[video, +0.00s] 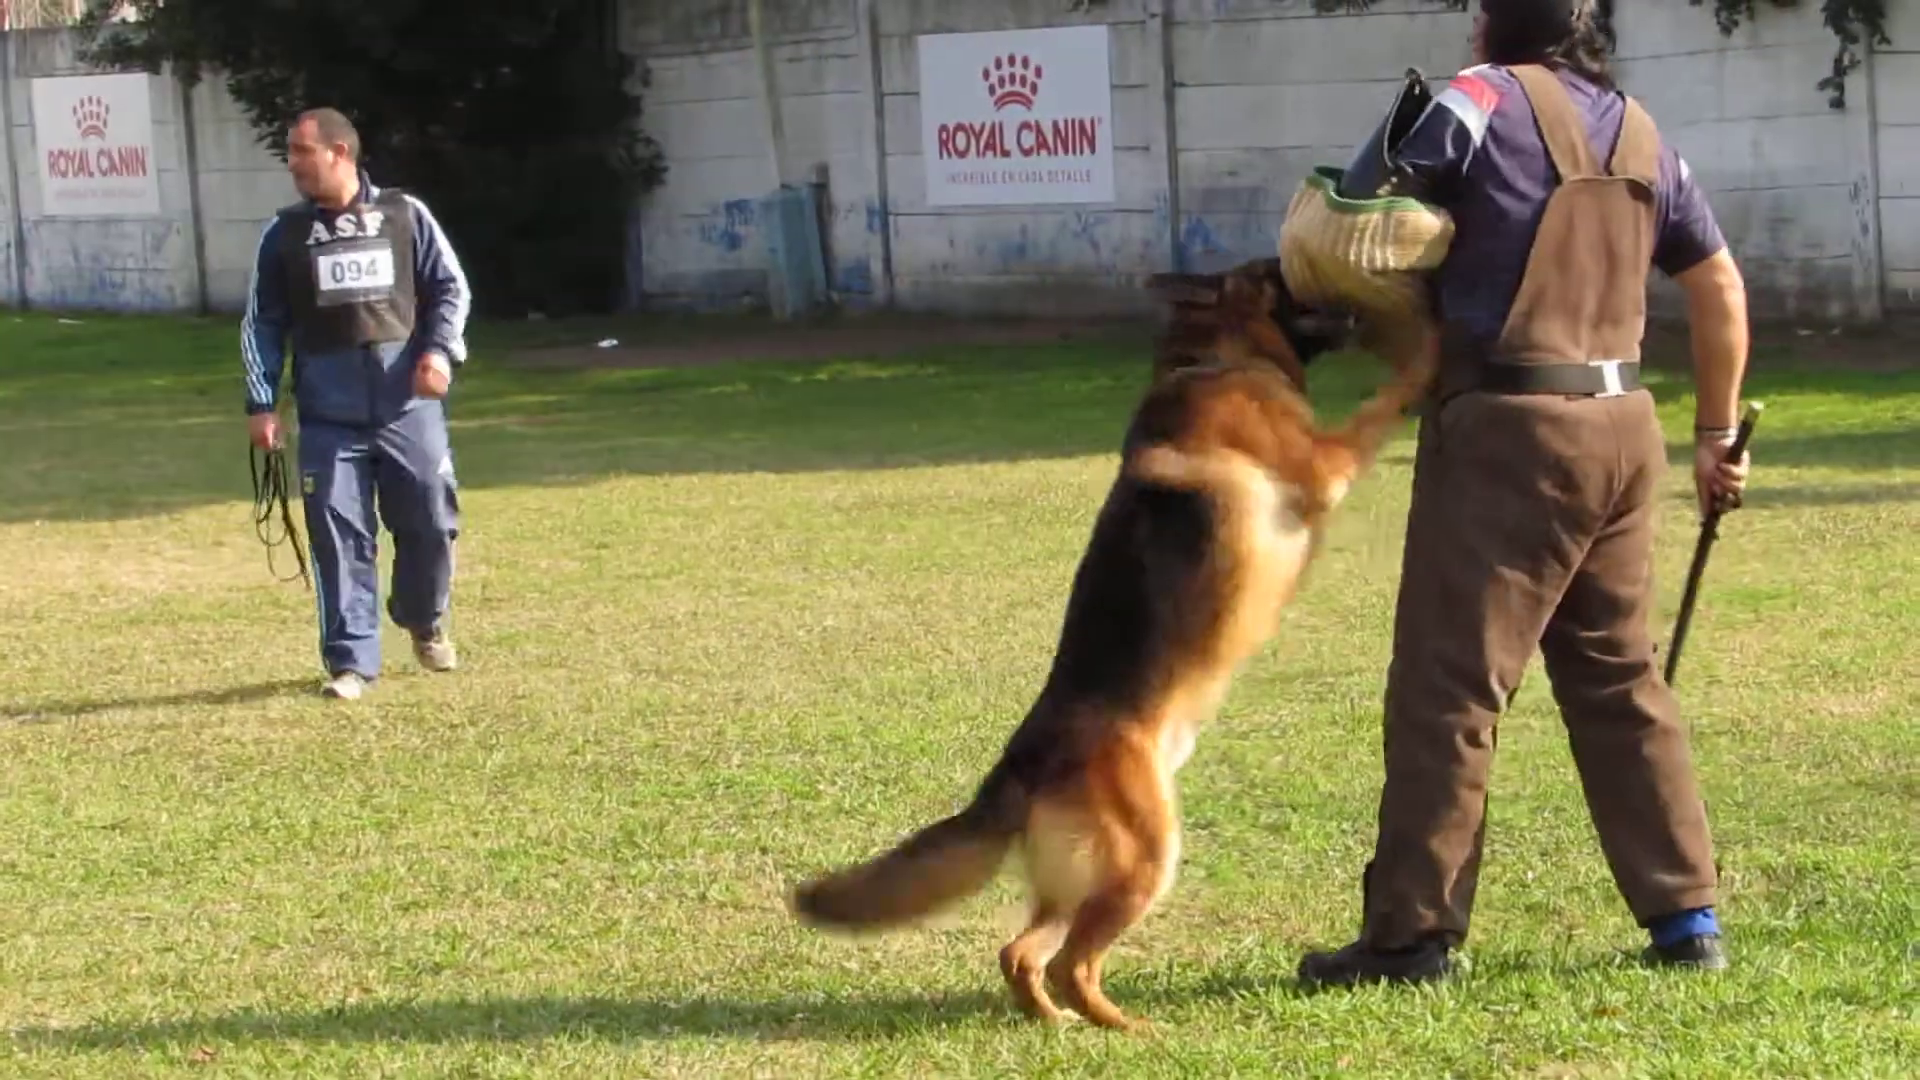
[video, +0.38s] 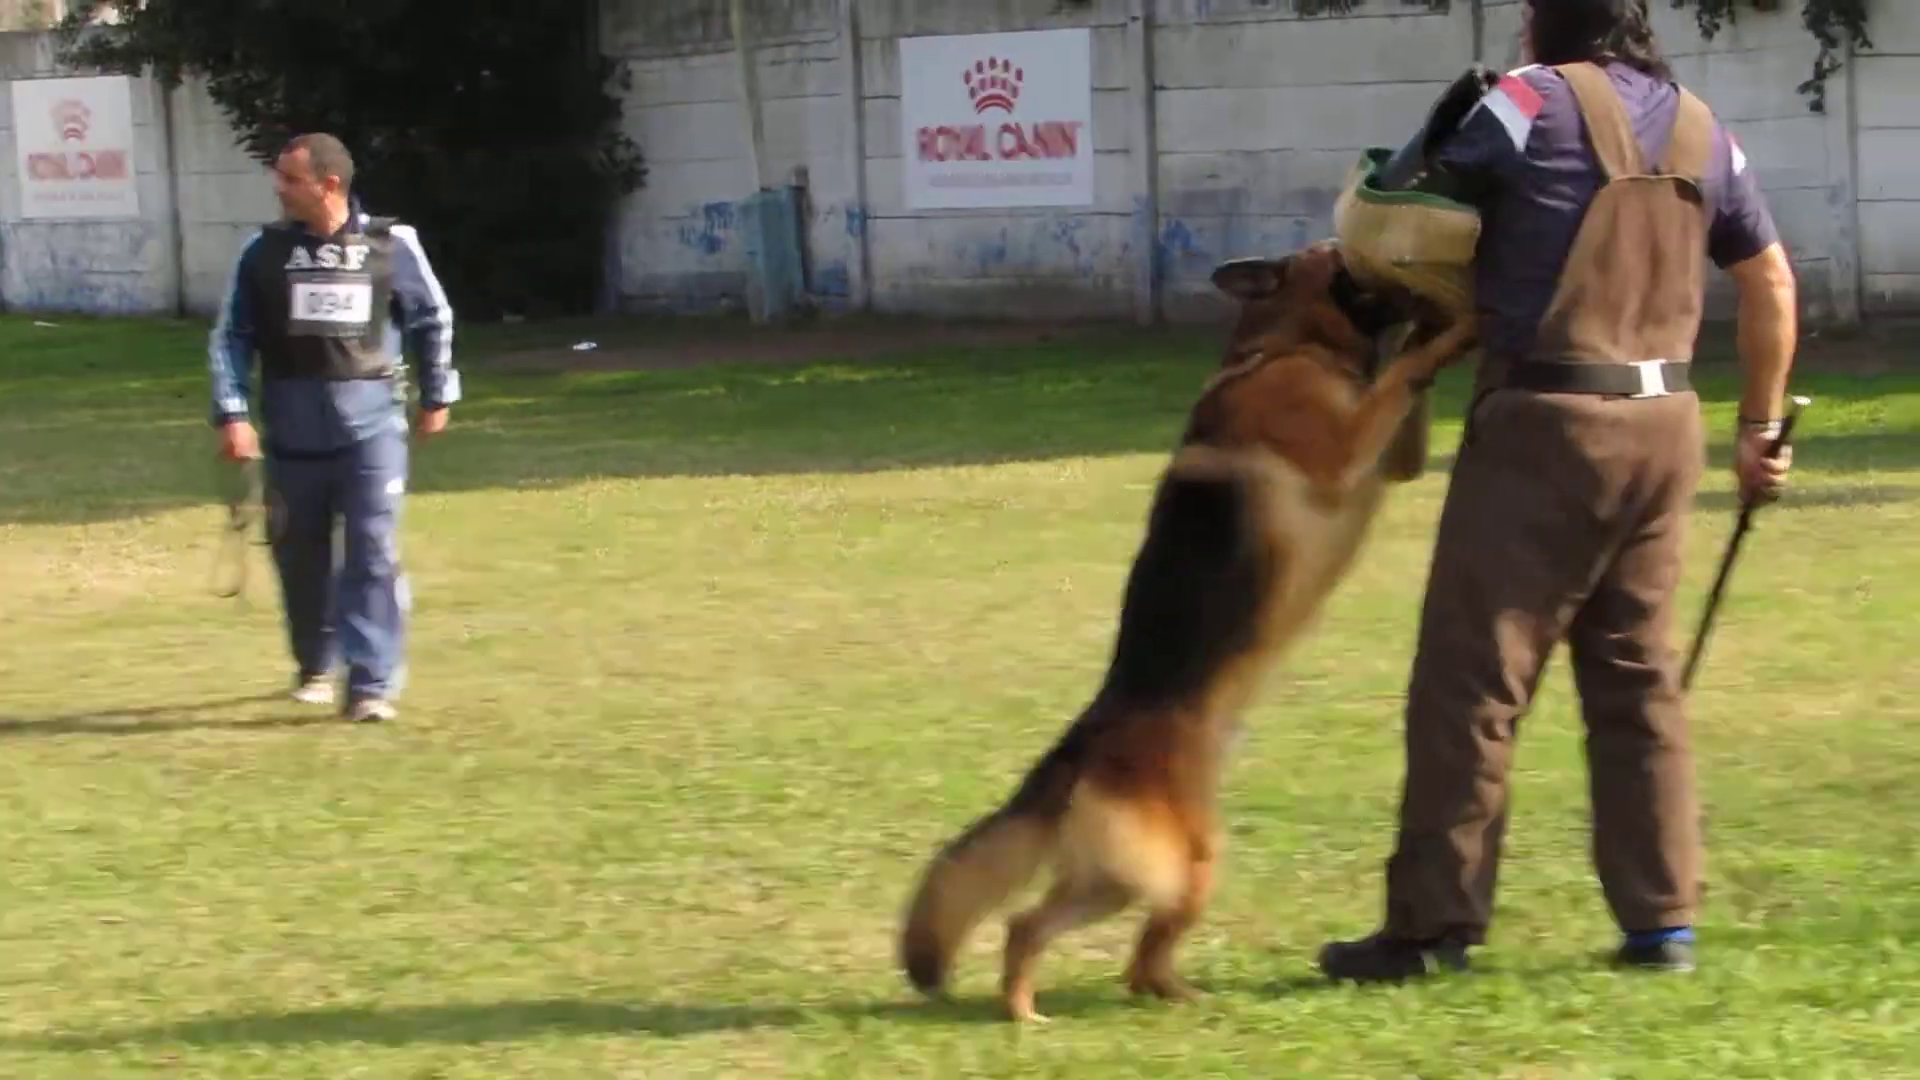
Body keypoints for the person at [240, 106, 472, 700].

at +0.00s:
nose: (292, 164)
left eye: (302, 153)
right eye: (289, 153)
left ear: (341, 154)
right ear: (296, 158)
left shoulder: (406, 216)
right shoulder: (284, 235)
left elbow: (449, 288)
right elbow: (262, 322)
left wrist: (440, 351)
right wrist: (261, 401)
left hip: (408, 395)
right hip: (328, 405)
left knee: (431, 513)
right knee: (334, 523)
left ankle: (425, 617)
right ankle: (351, 662)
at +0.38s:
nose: (279, 186)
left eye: (290, 179)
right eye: (280, 177)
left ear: (330, 186)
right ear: (309, 186)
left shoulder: (391, 246)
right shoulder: (265, 252)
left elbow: (432, 317)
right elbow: (230, 336)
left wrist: (437, 392)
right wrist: (231, 412)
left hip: (370, 419)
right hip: (292, 422)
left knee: (372, 550)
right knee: (297, 548)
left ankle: (371, 681)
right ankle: (317, 665)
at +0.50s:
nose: (189, 185)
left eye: (200, 175)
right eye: (190, 173)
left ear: (240, 185)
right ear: (226, 184)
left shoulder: (299, 256)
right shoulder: (171, 252)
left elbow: (331, 345)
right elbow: (135, 337)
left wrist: (339, 429)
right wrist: (127, 416)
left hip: (271, 435)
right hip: (191, 436)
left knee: (271, 564)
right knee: (184, 563)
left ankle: (268, 690)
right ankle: (201, 652)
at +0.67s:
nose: (168, 172)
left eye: (182, 162)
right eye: (166, 161)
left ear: (221, 169)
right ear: (169, 167)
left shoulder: (273, 240)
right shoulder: (142, 241)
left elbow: (306, 318)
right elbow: (105, 325)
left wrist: (281, 379)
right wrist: (96, 404)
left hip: (246, 433)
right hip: (163, 433)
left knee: (245, 568)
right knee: (159, 564)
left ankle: (244, 693)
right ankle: (162, 701)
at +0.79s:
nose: (183, 178)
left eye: (192, 167)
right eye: (169, 168)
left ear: (210, 175)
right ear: (146, 178)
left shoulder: (246, 245)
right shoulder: (116, 256)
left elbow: (289, 309)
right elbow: (79, 340)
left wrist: (253, 331)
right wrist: (65, 416)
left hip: (228, 444)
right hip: (143, 445)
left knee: (227, 572)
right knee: (136, 567)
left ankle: (223, 697)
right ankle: (122, 707)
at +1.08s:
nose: (97, 230)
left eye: (104, 218)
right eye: (82, 220)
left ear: (116, 221)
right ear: (51, 226)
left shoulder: (158, 281)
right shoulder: (23, 312)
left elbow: (202, 346)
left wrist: (212, 429)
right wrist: (4, 429)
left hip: (155, 486)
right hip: (66, 494)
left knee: (184, 616)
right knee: (48, 616)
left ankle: (153, 670)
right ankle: (61, 731)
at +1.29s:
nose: (120, 232)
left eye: (127, 219)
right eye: (105, 221)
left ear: (138, 222)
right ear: (71, 226)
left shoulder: (159, 275)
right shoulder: (31, 288)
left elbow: (174, 341)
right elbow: (2, 369)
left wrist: (174, 409)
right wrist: (11, 442)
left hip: (136, 456)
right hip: (54, 461)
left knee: (153, 595)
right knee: (39, 607)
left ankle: (111, 740)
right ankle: (21, 713)